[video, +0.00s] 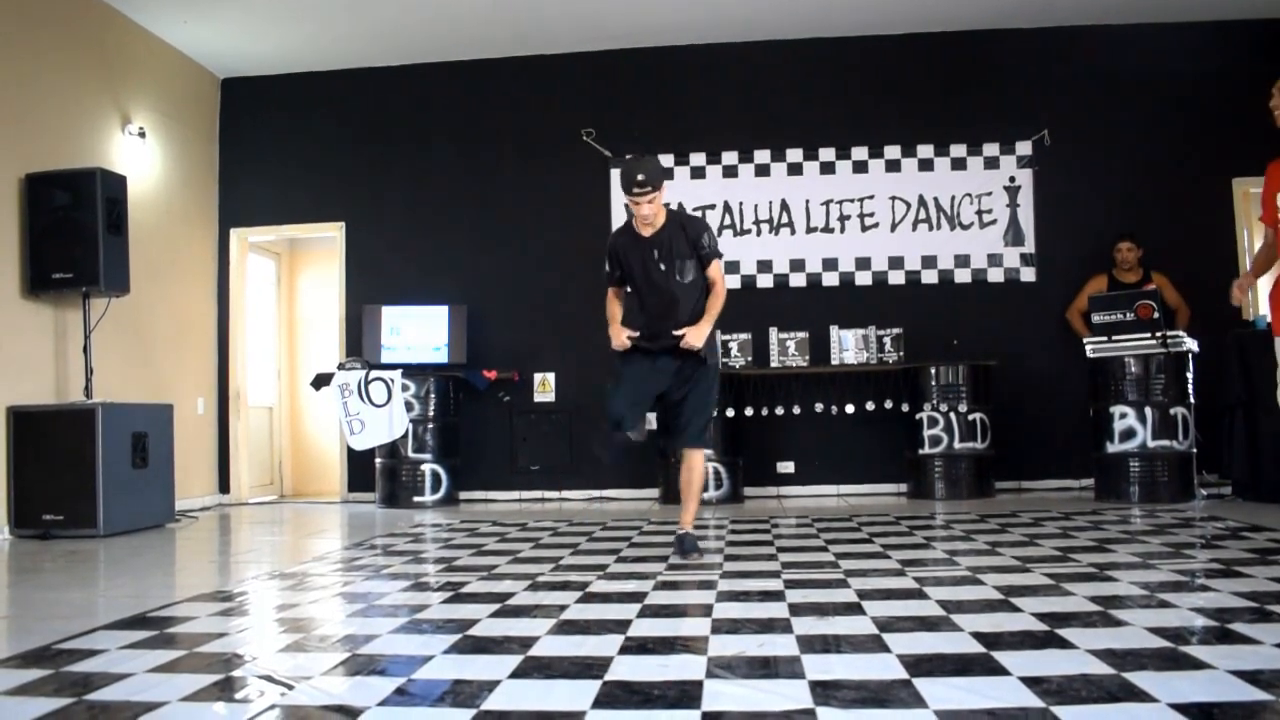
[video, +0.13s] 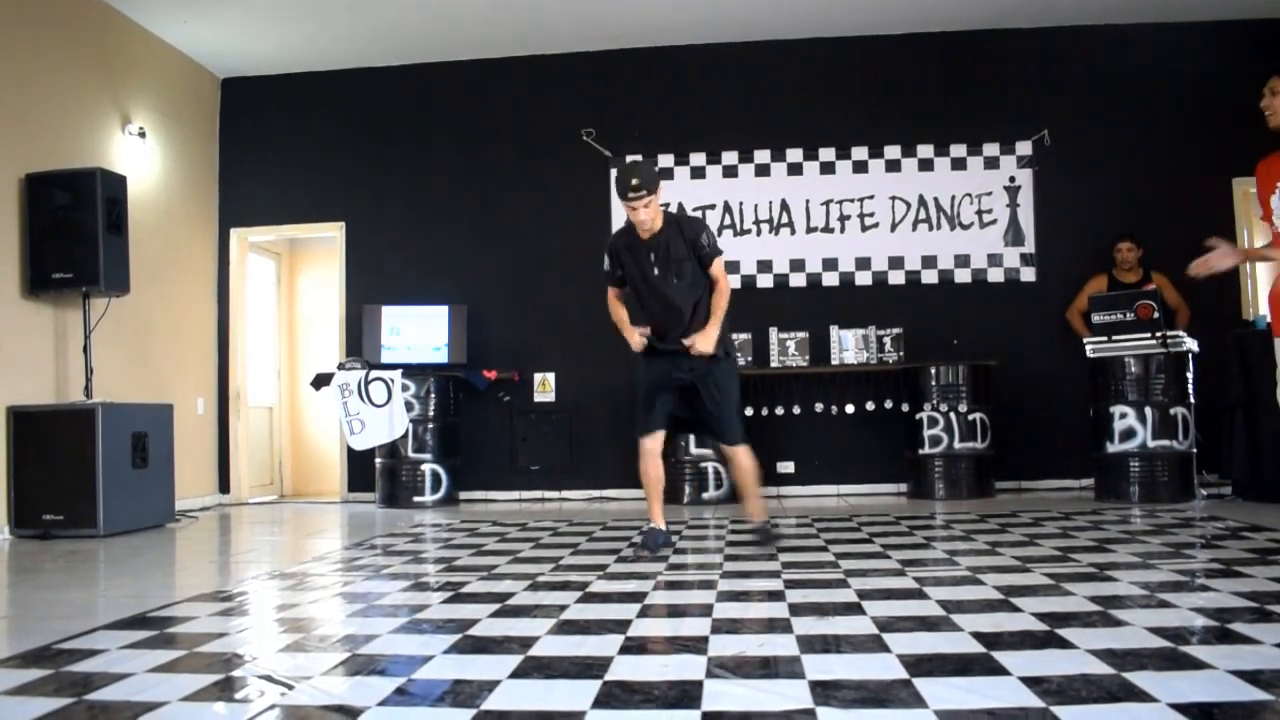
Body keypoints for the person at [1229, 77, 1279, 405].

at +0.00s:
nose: (1273, 104)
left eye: (1276, 96)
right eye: (1273, 97)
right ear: (1272, 104)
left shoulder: (1274, 173)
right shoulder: (1274, 172)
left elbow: (1271, 239)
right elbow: (1272, 239)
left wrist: (1250, 276)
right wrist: (1250, 275)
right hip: (1278, 308)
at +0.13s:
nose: (1265, 102)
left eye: (1273, 93)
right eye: (1265, 94)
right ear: (1266, 100)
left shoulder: (1271, 169)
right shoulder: (1267, 169)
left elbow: (1275, 248)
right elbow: (1273, 246)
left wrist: (1240, 254)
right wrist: (1240, 254)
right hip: (1275, 316)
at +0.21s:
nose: (1259, 103)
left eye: (1269, 94)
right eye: (1259, 95)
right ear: (1259, 102)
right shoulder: (1264, 168)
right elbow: (1273, 245)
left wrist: (1254, 231)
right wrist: (1246, 232)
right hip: (1277, 314)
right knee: (1276, 409)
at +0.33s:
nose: (1250, 106)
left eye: (1258, 96)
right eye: (1250, 98)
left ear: (1279, 102)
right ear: (1261, 106)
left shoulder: (1274, 164)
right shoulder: (1261, 167)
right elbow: (1270, 242)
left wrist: (1255, 212)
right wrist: (1244, 223)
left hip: (1277, 310)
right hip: (1271, 309)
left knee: (1274, 410)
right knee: (1270, 409)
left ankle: (1277, 522)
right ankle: (1272, 516)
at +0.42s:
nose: (1242, 106)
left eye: (1250, 97)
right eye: (1243, 98)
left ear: (1275, 104)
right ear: (1259, 106)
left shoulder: (1277, 163)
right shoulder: (1257, 167)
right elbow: (1250, 233)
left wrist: (1265, 209)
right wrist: (1254, 217)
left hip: (1278, 312)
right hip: (1270, 312)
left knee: (1279, 420)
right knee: (1278, 420)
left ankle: (1276, 520)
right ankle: (1275, 519)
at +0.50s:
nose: (1234, 106)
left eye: (1242, 97)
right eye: (1235, 98)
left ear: (1272, 103)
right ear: (1258, 106)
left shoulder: (1271, 163)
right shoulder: (1251, 167)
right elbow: (1225, 216)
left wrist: (1274, 196)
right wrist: (1213, 240)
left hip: (1277, 314)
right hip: (1266, 314)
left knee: (1276, 421)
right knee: (1274, 420)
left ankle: (1271, 526)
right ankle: (1270, 525)